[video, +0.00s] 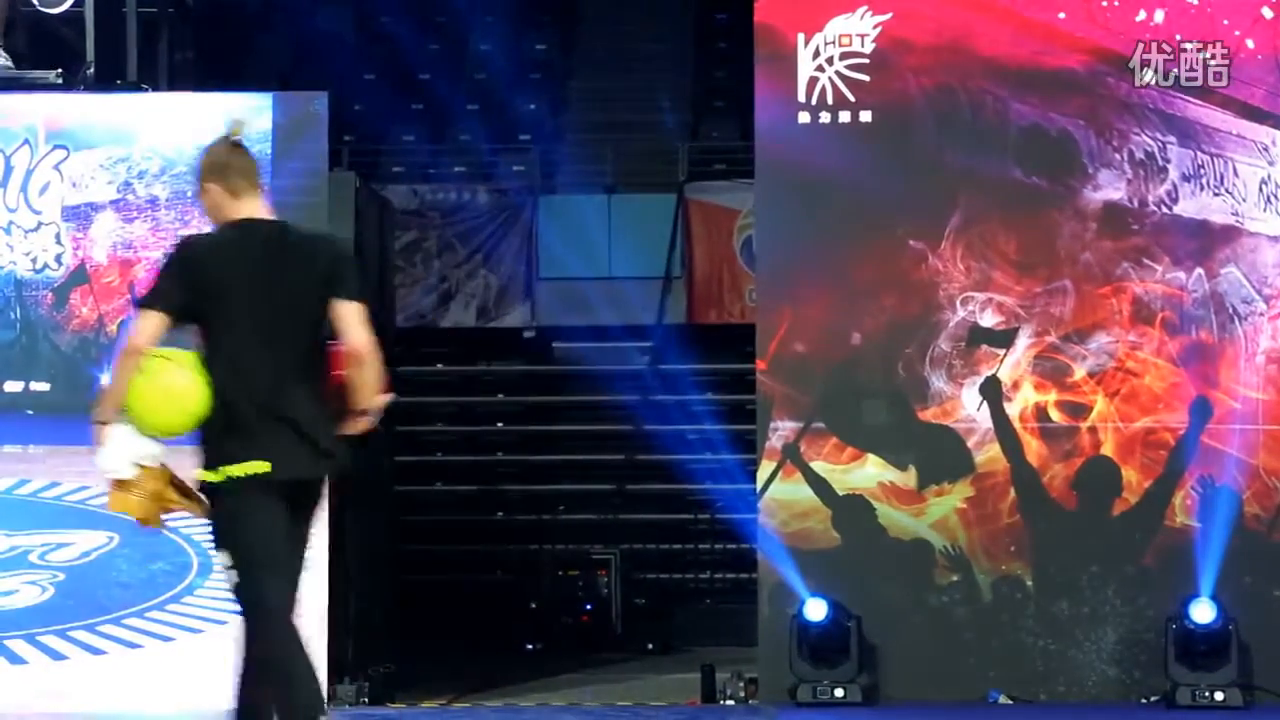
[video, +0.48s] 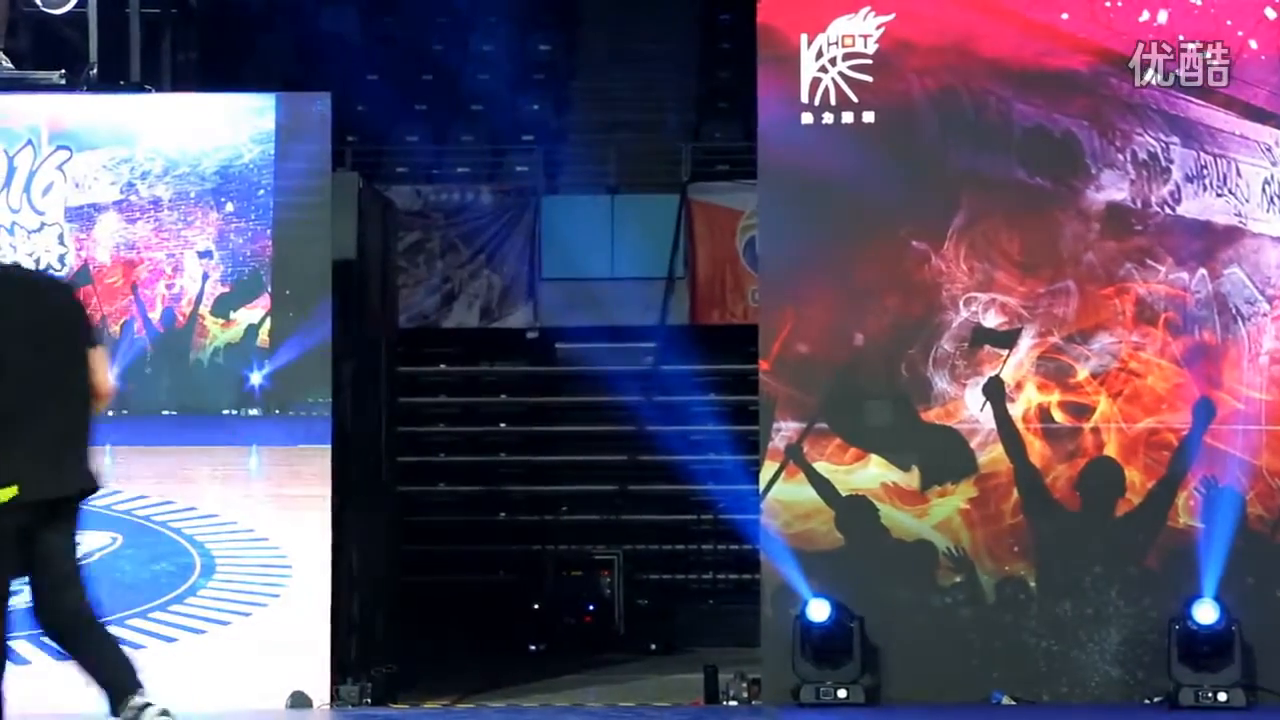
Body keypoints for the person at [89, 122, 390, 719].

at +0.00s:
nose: (204, 206)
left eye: (203, 195)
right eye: (203, 195)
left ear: (212, 191)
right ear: (261, 186)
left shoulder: (199, 254)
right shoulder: (322, 251)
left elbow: (139, 343)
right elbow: (357, 342)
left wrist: (109, 407)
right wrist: (366, 406)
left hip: (237, 451)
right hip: (308, 450)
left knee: (265, 601)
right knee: (270, 600)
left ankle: (307, 710)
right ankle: (254, 711)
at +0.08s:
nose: (165, 216)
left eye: (165, 206)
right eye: (168, 206)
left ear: (174, 206)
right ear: (223, 203)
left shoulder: (151, 272)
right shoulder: (281, 272)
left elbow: (85, 355)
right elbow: (326, 380)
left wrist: (64, 424)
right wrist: (309, 428)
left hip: (190, 464)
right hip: (261, 462)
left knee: (215, 613)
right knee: (229, 616)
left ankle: (278, 705)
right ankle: (207, 716)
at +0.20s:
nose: (106, 259)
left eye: (106, 250)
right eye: (107, 250)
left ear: (114, 249)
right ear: (162, 245)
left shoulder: (102, 308)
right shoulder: (216, 314)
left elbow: (32, 387)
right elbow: (259, 418)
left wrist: (19, 445)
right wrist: (210, 422)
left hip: (122, 510)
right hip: (196, 507)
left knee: (120, 649)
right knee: (178, 637)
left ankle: (180, 705)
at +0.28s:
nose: (57, 250)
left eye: (58, 240)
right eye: (58, 240)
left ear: (70, 236)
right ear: (108, 233)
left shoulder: (62, 300)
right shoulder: (168, 298)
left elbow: (4, 374)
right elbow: (205, 401)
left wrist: (16, 466)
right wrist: (150, 391)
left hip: (87, 501)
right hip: (159, 502)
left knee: (62, 631)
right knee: (157, 644)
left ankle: (105, 715)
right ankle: (171, 716)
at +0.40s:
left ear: (2, 222)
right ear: (30, 213)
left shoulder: (9, 284)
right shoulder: (95, 276)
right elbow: (138, 374)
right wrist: (69, 377)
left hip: (24, 478)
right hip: (97, 471)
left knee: (17, 616)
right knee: (110, 602)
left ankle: (13, 709)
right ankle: (153, 708)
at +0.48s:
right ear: (11, 238)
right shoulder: (53, 293)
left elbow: (99, 384)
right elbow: (101, 385)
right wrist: (58, 419)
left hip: (7, 488)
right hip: (59, 481)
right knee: (60, 604)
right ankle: (128, 697)